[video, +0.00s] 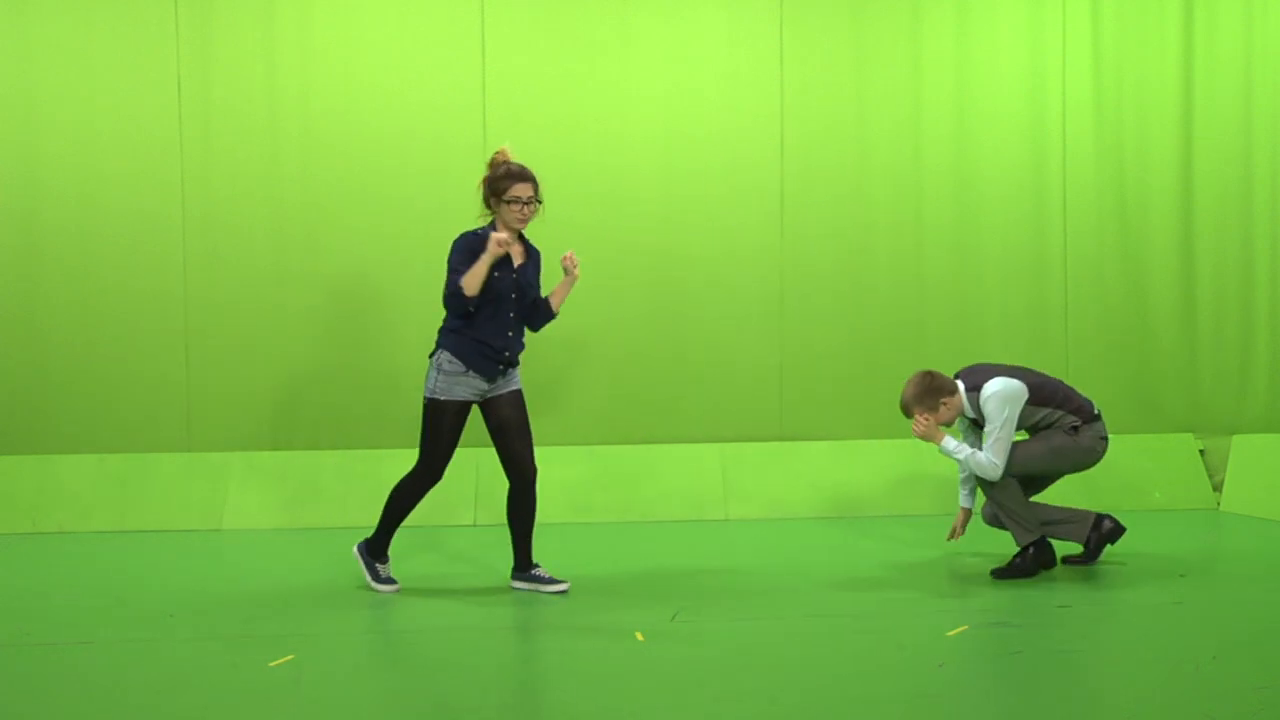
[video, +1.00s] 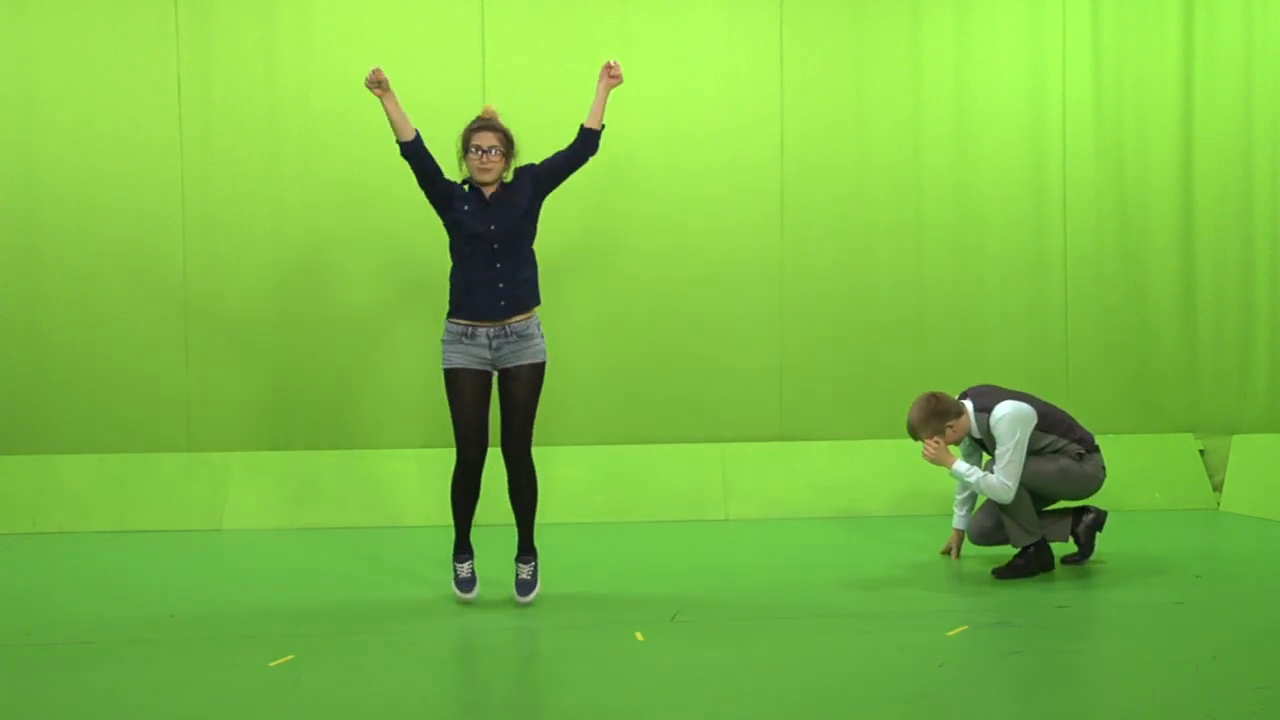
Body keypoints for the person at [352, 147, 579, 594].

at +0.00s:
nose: (524, 210)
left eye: (531, 203)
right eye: (515, 202)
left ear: (537, 206)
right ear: (495, 203)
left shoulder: (529, 254)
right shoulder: (470, 244)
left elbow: (535, 318)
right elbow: (457, 303)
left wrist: (566, 283)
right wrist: (490, 256)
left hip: (502, 372)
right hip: (456, 367)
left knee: (524, 472)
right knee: (430, 469)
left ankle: (524, 568)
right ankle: (374, 549)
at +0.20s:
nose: (501, 227)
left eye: (509, 220)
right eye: (493, 220)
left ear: (521, 227)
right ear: (479, 225)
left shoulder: (534, 276)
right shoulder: (455, 264)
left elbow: (592, 294)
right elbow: (406, 237)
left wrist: (593, 245)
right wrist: (438, 187)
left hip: (514, 395)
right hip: (461, 396)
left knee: (533, 494)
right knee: (437, 502)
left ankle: (532, 565)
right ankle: (367, 554)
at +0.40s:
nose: (490, 181)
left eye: (498, 173)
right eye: (482, 174)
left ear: (513, 175)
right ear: (469, 178)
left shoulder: (539, 213)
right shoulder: (456, 216)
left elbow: (602, 190)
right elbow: (402, 175)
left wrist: (645, 148)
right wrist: (372, 124)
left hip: (521, 354)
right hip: (463, 354)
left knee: (529, 461)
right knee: (448, 459)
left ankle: (537, 551)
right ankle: (401, 539)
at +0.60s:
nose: (480, 184)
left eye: (488, 176)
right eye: (472, 176)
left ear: (502, 178)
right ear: (460, 181)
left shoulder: (527, 209)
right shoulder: (451, 222)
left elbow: (595, 212)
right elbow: (410, 207)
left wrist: (590, 154)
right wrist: (415, 145)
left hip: (522, 352)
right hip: (468, 355)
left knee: (517, 463)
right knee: (467, 466)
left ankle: (525, 566)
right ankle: (453, 560)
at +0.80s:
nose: (481, 205)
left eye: (489, 198)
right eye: (473, 199)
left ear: (506, 206)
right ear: (462, 209)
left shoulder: (533, 247)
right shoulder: (451, 253)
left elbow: (592, 224)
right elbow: (403, 219)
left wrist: (568, 173)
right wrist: (432, 165)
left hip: (525, 388)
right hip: (469, 391)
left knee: (510, 490)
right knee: (474, 493)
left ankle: (523, 574)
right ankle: (465, 568)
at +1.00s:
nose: (484, 157)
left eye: (493, 150)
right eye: (476, 150)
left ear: (508, 156)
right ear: (464, 157)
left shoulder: (528, 188)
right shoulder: (451, 199)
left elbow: (583, 148)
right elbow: (416, 154)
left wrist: (603, 89)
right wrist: (388, 97)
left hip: (522, 336)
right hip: (465, 338)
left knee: (517, 450)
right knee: (471, 451)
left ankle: (526, 553)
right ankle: (462, 551)